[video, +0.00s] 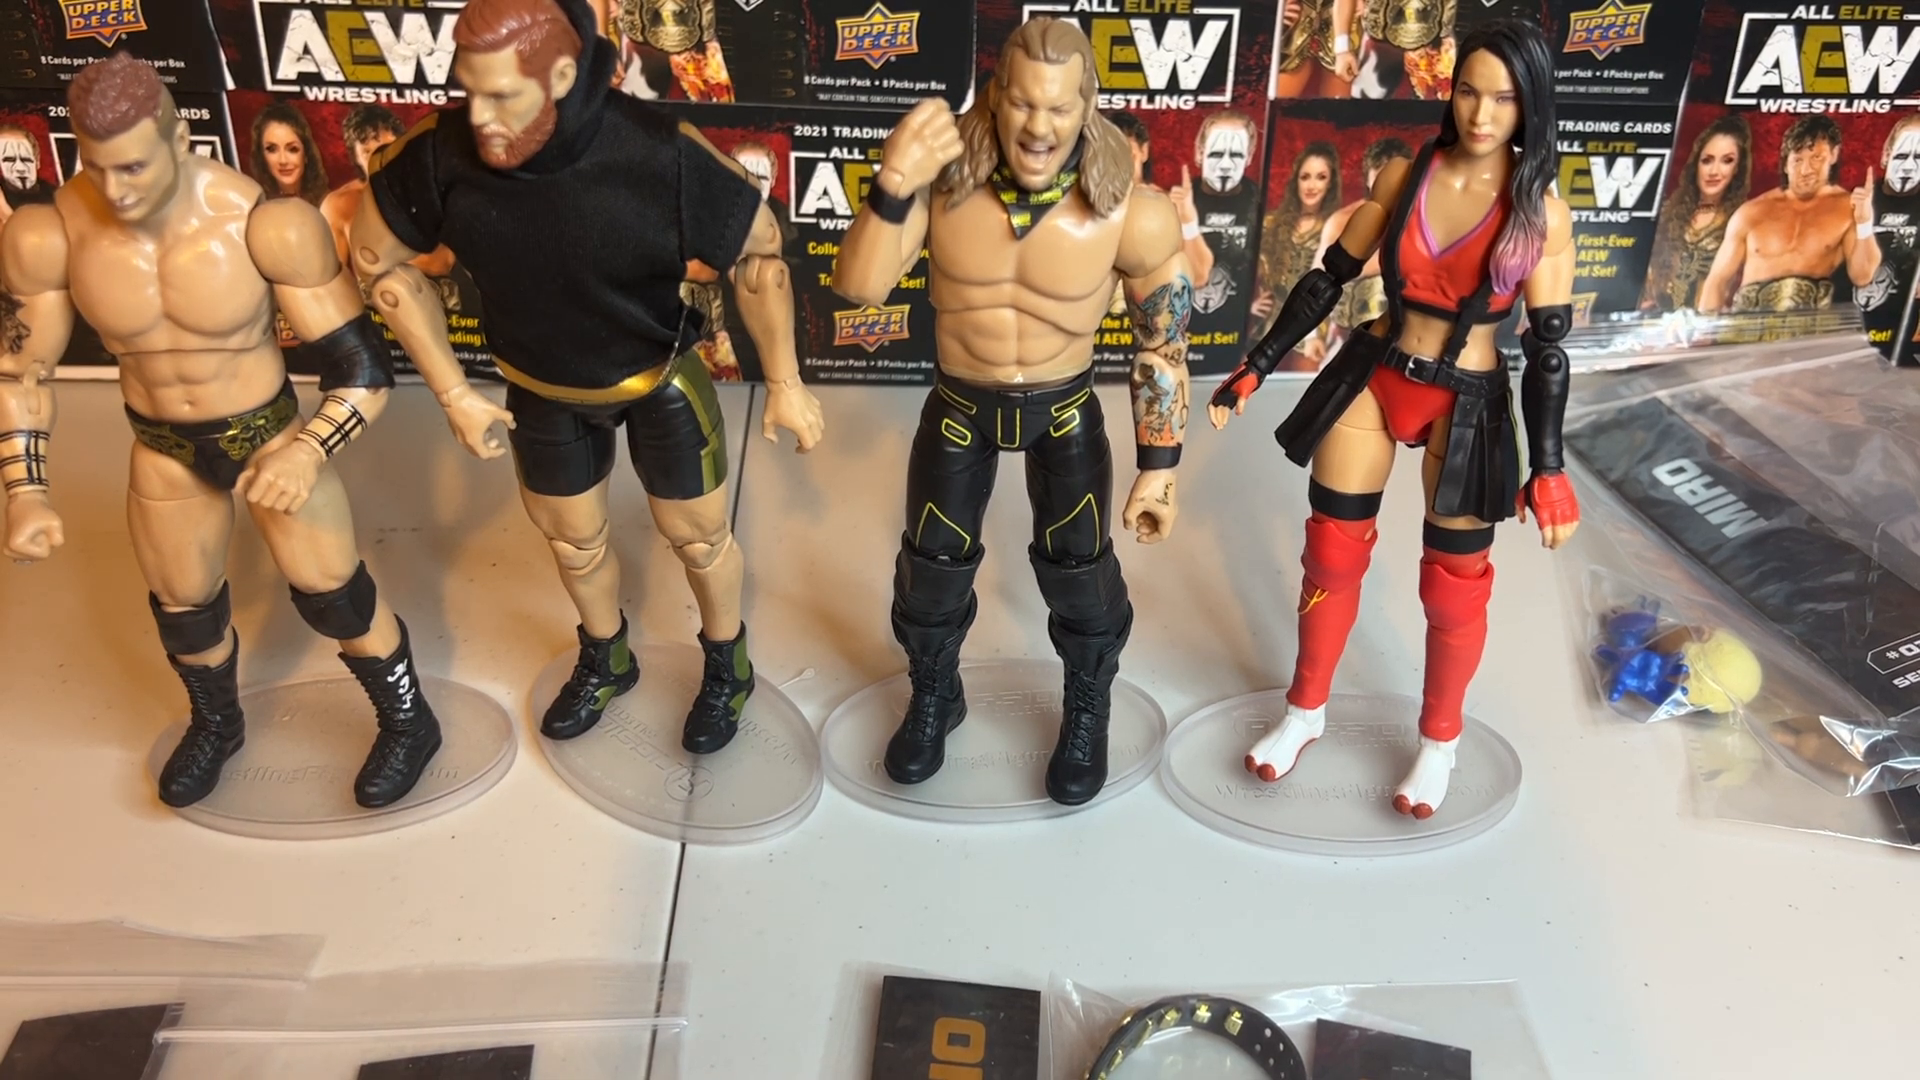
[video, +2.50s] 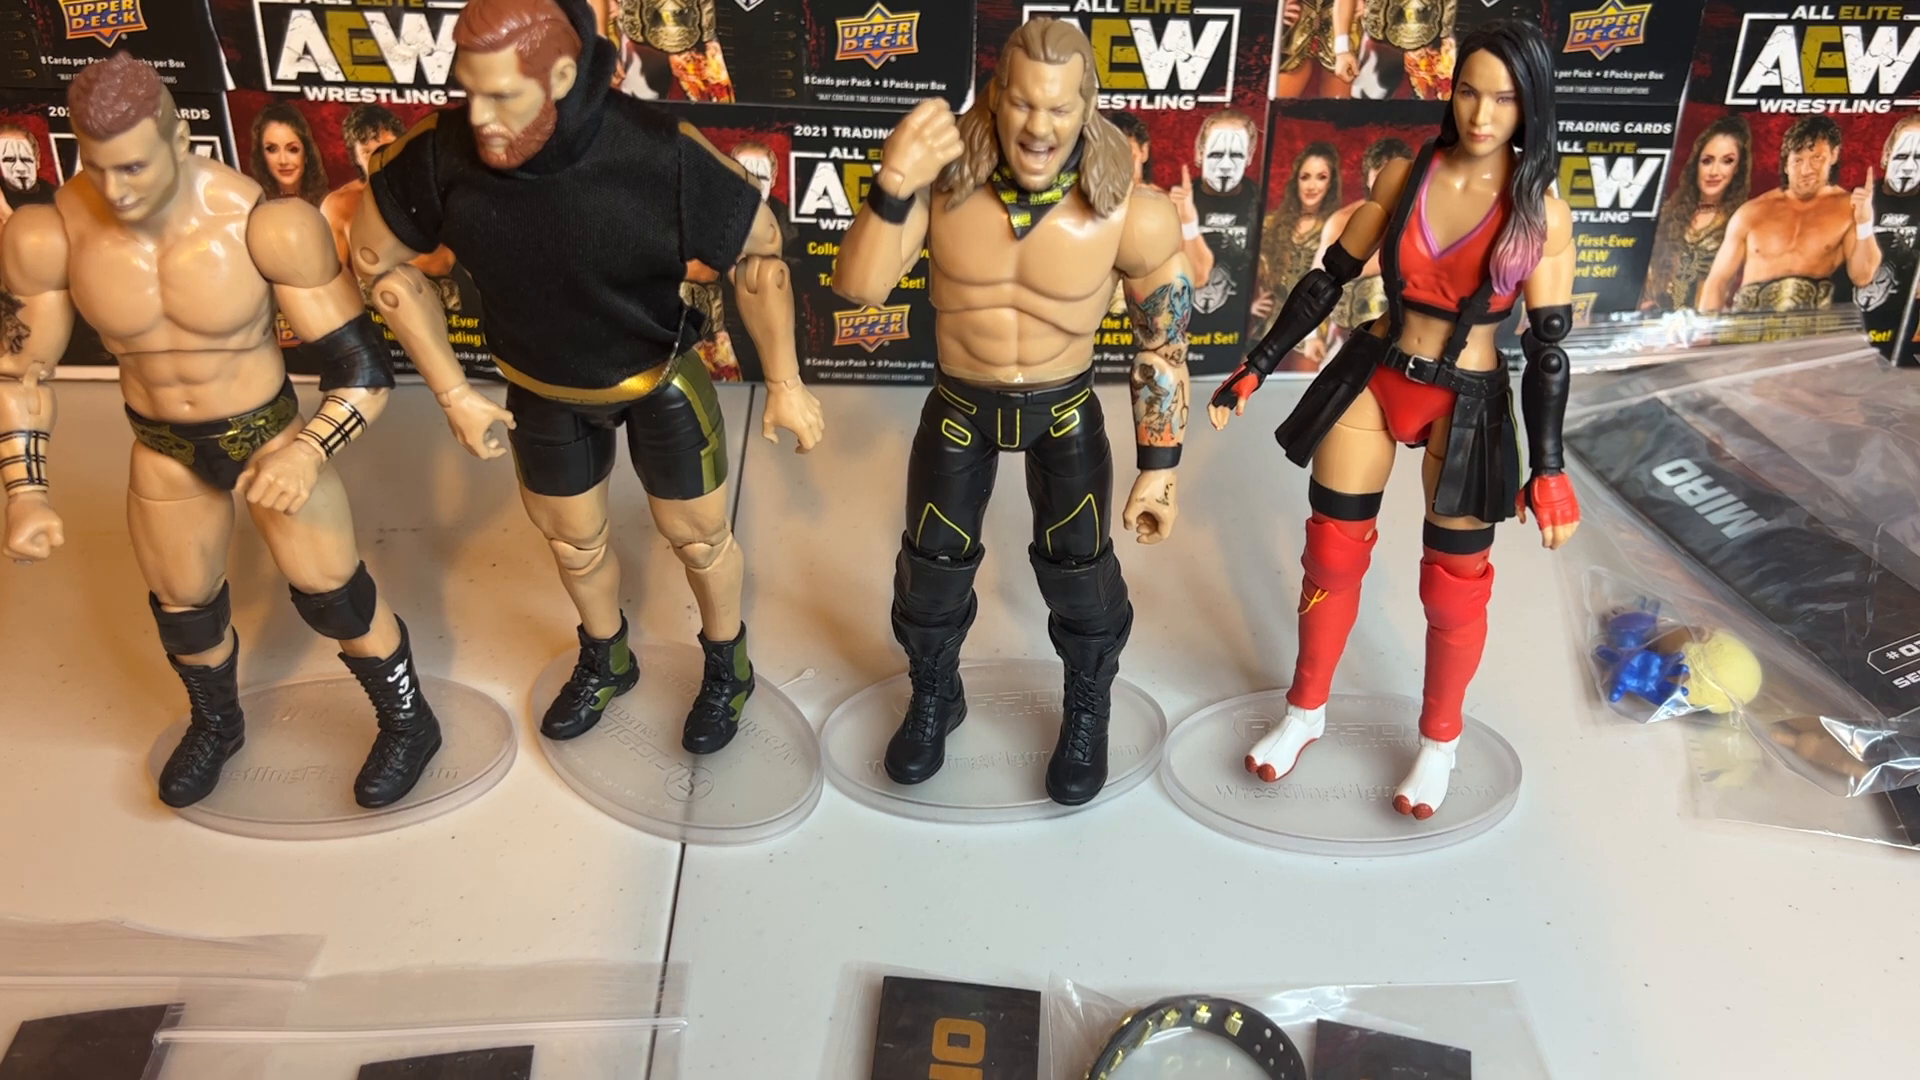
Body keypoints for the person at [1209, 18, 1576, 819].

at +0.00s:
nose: (1479, 113)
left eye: (1501, 99)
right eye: (1469, 93)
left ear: (1528, 108)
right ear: (1450, 93)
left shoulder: (1540, 209)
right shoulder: (1406, 174)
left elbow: (1549, 344)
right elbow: (1333, 273)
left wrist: (1549, 464)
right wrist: (1256, 363)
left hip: (1466, 405)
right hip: (1371, 383)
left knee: (1454, 590)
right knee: (1331, 559)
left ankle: (1438, 742)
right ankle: (1304, 710)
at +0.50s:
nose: (1479, 113)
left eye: (1501, 99)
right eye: (1469, 93)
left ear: (1528, 108)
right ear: (1450, 93)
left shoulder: (1540, 209)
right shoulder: (1407, 174)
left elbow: (1549, 344)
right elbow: (1333, 273)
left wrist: (1549, 465)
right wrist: (1257, 363)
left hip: (1466, 405)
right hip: (1371, 382)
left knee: (1454, 590)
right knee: (1331, 560)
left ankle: (1437, 742)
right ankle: (1304, 710)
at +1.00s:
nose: (1480, 113)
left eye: (1501, 99)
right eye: (1469, 93)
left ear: (1528, 108)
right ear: (1451, 94)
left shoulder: (1540, 208)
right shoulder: (1406, 175)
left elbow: (1549, 343)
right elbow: (1332, 273)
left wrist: (1549, 465)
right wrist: (1256, 364)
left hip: (1467, 404)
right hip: (1371, 382)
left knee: (1454, 590)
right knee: (1331, 559)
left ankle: (1437, 742)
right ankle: (1304, 710)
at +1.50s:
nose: (1479, 113)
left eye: (1501, 99)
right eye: (1469, 93)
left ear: (1528, 108)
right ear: (1450, 93)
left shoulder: (1540, 208)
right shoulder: (1406, 174)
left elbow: (1549, 343)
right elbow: (1333, 273)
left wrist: (1549, 464)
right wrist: (1257, 363)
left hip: (1466, 405)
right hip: (1371, 383)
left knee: (1454, 591)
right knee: (1331, 560)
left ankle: (1438, 742)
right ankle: (1305, 710)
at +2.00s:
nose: (1480, 113)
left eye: (1501, 99)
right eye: (1469, 94)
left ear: (1528, 108)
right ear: (1451, 94)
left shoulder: (1540, 209)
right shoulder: (1406, 175)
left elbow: (1548, 345)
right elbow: (1332, 274)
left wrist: (1549, 466)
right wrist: (1256, 364)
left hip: (1467, 404)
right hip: (1372, 382)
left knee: (1454, 591)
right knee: (1331, 559)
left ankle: (1438, 741)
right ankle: (1304, 710)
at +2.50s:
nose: (1480, 114)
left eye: (1501, 99)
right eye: (1469, 94)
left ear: (1529, 108)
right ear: (1451, 94)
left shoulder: (1540, 208)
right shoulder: (1406, 175)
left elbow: (1549, 344)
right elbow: (1332, 274)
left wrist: (1549, 466)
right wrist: (1256, 364)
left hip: (1467, 404)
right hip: (1371, 382)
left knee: (1454, 591)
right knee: (1331, 560)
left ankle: (1437, 742)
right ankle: (1304, 710)